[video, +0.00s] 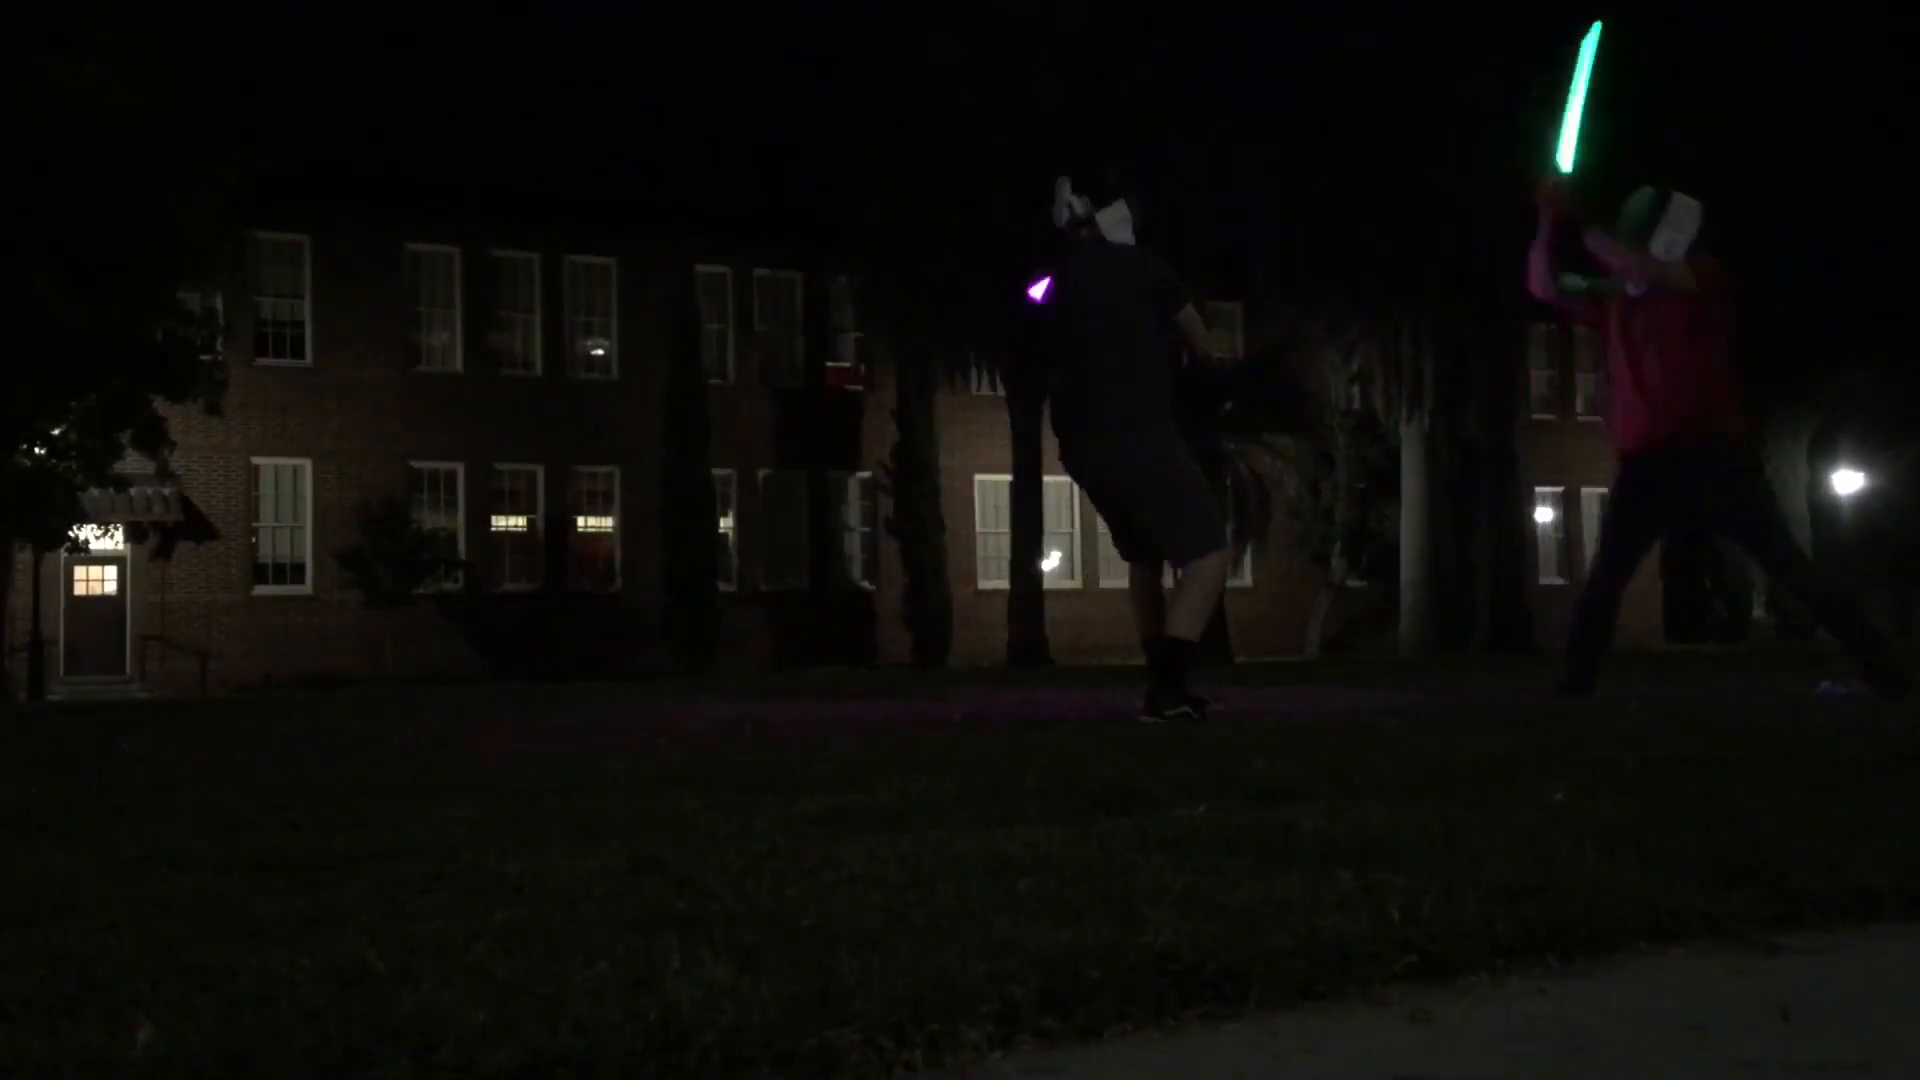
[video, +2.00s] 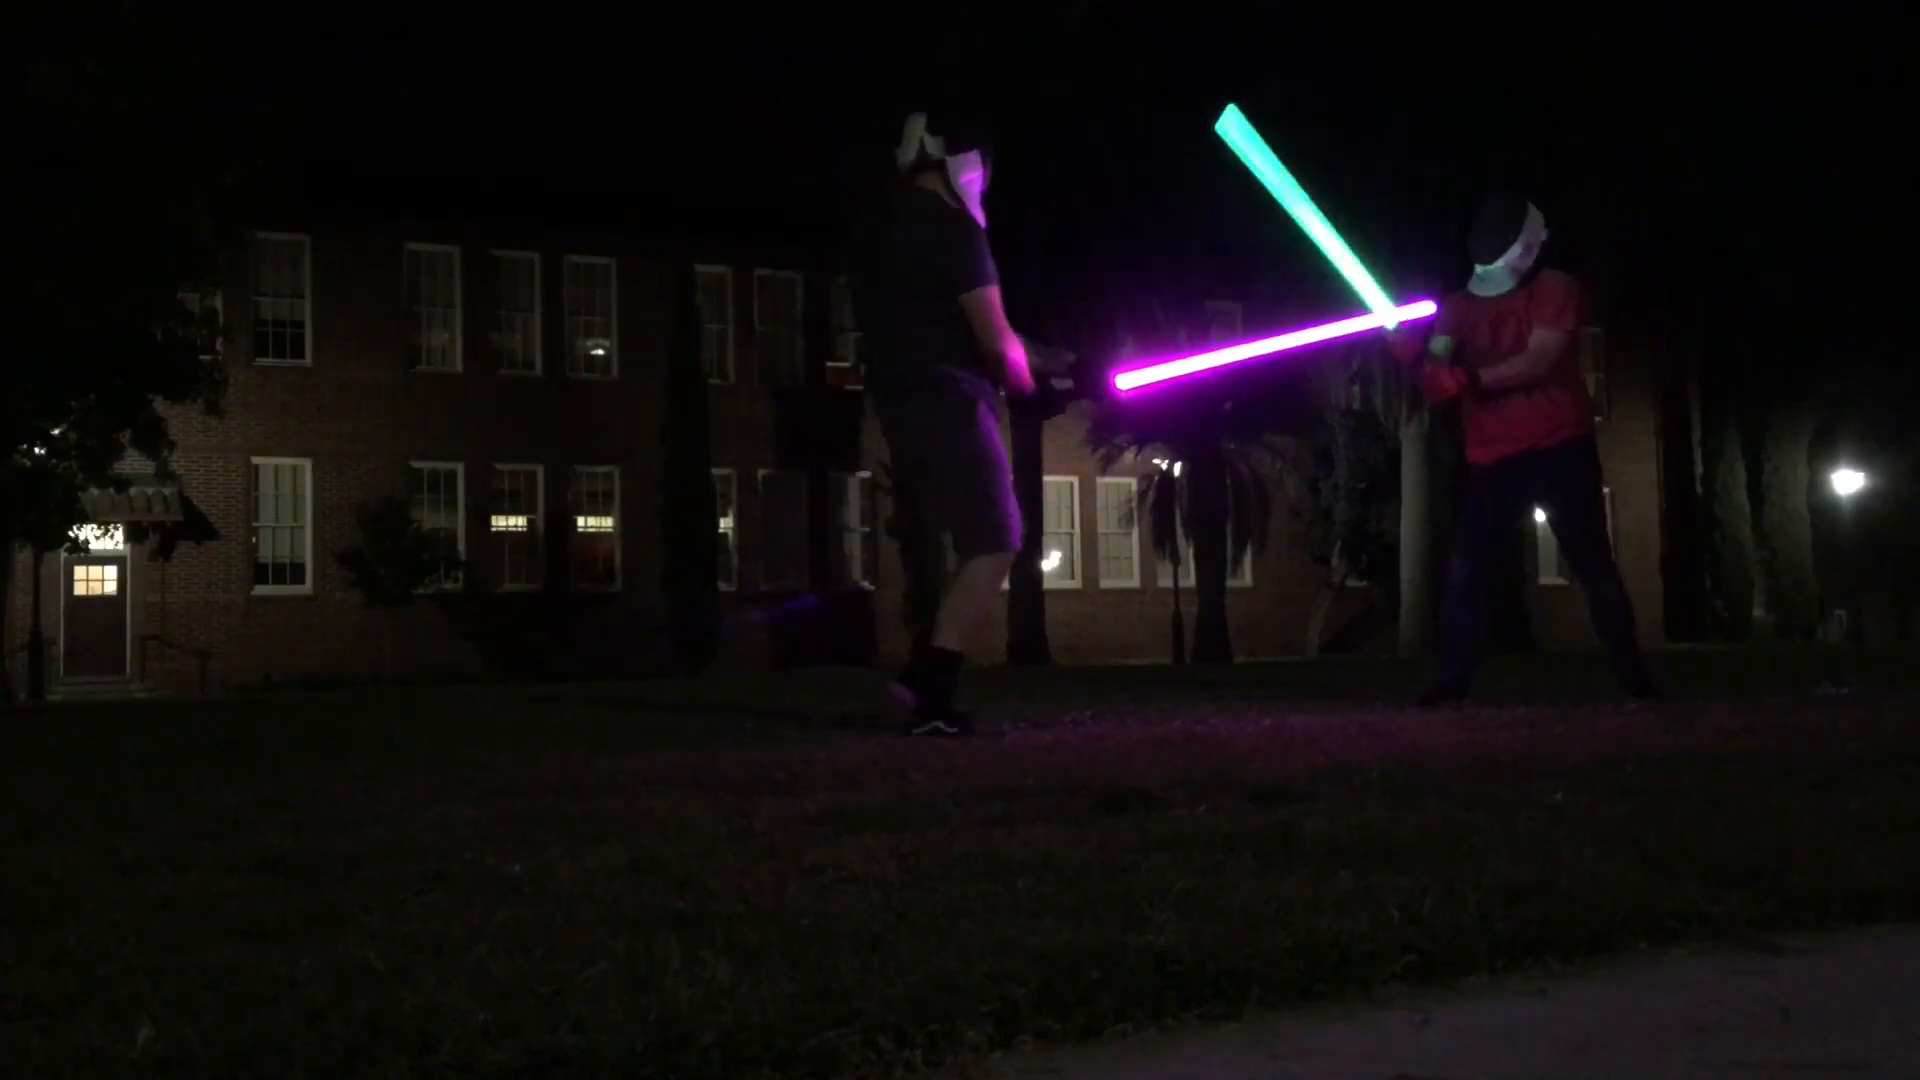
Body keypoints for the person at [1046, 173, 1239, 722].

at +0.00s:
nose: (1135, 217)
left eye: (1129, 207)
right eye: (1128, 208)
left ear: (1082, 222)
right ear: (1118, 215)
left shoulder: (1064, 281)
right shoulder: (1146, 271)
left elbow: (1056, 372)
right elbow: (1203, 348)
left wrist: (1063, 437)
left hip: (1084, 444)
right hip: (1144, 436)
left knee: (1143, 560)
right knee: (1208, 553)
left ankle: (1162, 683)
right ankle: (1170, 687)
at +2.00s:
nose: (982, 178)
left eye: (980, 164)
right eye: (974, 164)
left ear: (918, 165)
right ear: (948, 166)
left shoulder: (884, 222)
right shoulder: (955, 230)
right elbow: (996, 336)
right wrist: (1024, 380)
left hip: (902, 403)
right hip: (952, 402)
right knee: (996, 541)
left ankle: (927, 684)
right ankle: (934, 688)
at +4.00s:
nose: (848, 206)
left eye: (845, 195)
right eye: (841, 195)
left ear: (786, 199)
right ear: (819, 199)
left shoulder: (758, 256)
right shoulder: (836, 257)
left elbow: (751, 349)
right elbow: (852, 357)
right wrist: (842, 418)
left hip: (752, 427)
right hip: (816, 427)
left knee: (758, 560)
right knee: (887, 537)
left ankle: (739, 705)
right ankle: (873, 685)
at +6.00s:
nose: (858, 181)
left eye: (859, 171)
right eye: (852, 170)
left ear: (796, 176)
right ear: (831, 174)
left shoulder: (819, 230)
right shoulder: (829, 226)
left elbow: (884, 206)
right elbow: (925, 176)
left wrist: (890, 167)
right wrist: (930, 140)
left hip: (874, 416)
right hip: (863, 419)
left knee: (924, 562)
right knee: (920, 568)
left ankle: (909, 706)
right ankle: (787, 681)